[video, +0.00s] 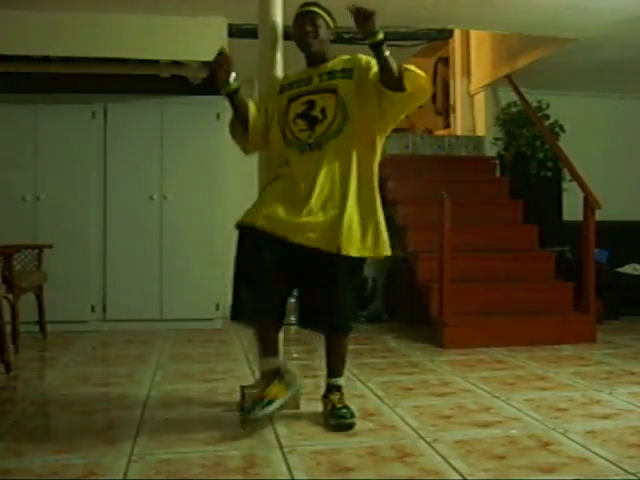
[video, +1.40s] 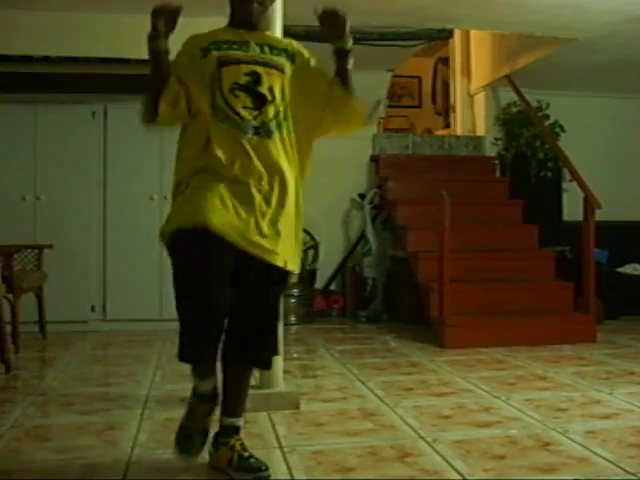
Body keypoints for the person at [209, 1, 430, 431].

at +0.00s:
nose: (309, 30)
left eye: (316, 23)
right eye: (302, 25)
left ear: (332, 31)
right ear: (294, 36)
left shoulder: (359, 71)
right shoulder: (281, 89)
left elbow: (398, 88)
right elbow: (249, 138)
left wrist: (373, 38)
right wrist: (232, 90)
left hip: (341, 210)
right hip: (281, 207)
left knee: (337, 311)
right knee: (258, 288)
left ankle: (335, 392)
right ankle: (273, 377)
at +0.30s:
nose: (279, 28)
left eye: (288, 20)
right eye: (272, 23)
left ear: (308, 30)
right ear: (266, 36)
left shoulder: (334, 71)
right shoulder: (253, 86)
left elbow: (377, 100)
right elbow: (220, 129)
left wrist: (359, 40)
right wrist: (209, 76)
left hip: (306, 205)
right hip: (250, 209)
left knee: (291, 292)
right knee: (247, 309)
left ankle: (324, 366)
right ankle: (271, 403)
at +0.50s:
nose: (275, 15)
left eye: (284, 8)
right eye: (268, 8)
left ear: (299, 19)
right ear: (258, 18)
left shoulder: (321, 66)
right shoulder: (228, 65)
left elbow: (376, 78)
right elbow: (178, 78)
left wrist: (351, 19)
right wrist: (196, 20)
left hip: (285, 194)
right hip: (225, 193)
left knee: (252, 285)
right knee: (233, 301)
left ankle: (259, 385)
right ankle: (269, 397)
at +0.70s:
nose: (266, 18)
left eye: (274, 12)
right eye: (259, 11)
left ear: (288, 22)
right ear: (248, 19)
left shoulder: (303, 77)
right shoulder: (222, 58)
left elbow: (336, 138)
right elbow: (191, 99)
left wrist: (330, 73)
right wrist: (200, 37)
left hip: (271, 212)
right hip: (213, 208)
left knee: (239, 322)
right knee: (242, 318)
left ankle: (217, 427)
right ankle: (272, 405)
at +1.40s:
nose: (257, 2)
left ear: (274, 4)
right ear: (232, 1)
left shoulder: (293, 56)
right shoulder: (202, 46)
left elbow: (345, 113)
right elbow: (161, 108)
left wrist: (340, 49)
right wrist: (159, 40)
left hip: (272, 198)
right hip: (209, 188)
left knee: (249, 325)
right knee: (202, 286)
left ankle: (228, 438)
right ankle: (203, 394)